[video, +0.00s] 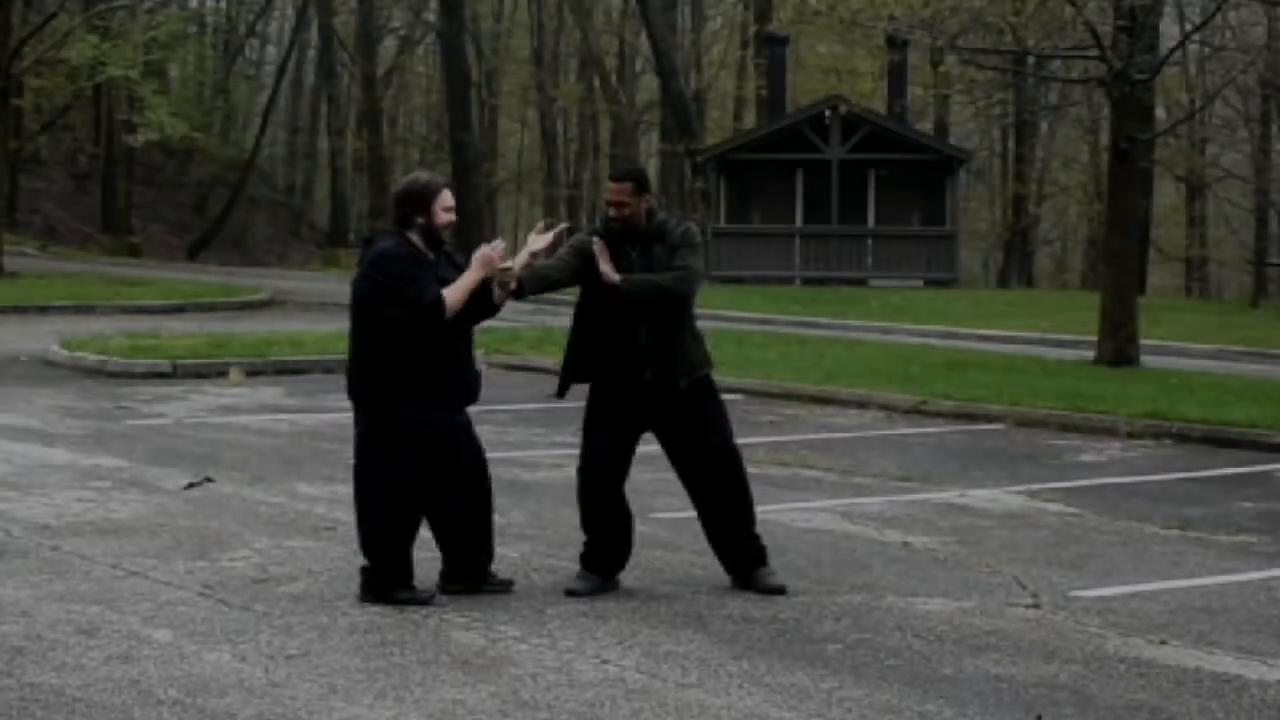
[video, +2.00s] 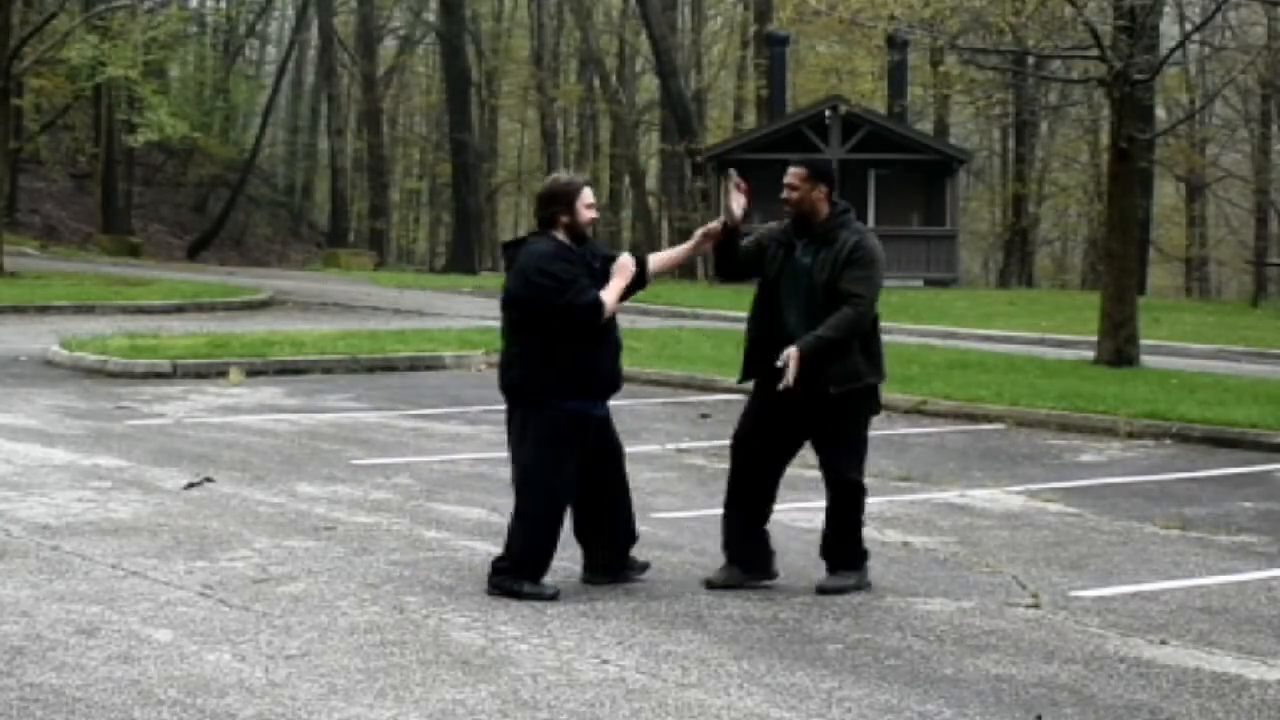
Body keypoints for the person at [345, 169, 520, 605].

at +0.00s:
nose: (453, 219)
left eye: (453, 210)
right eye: (445, 210)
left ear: (433, 215)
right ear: (418, 213)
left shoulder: (437, 258)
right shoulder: (389, 259)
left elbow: (466, 310)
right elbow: (431, 311)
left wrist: (514, 271)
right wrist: (476, 272)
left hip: (438, 400)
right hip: (392, 403)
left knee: (465, 482)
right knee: (390, 492)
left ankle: (466, 571)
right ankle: (385, 580)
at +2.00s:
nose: (594, 214)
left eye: (594, 206)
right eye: (587, 207)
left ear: (567, 215)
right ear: (562, 213)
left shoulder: (581, 256)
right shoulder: (538, 260)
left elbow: (639, 267)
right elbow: (592, 311)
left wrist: (691, 247)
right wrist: (620, 280)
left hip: (582, 398)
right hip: (542, 401)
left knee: (604, 480)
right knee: (541, 490)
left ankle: (607, 561)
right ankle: (513, 574)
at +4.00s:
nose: (698, 214)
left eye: (698, 207)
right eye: (690, 207)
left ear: (664, 212)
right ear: (665, 211)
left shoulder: (653, 247)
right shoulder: (652, 250)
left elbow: (667, 306)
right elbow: (685, 291)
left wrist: (709, 316)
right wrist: (733, 255)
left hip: (621, 367)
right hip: (634, 373)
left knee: (635, 463)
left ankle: (610, 557)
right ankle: (674, 490)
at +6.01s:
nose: (716, 249)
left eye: (721, 240)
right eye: (715, 241)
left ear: (747, 241)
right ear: (740, 242)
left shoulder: (799, 284)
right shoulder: (728, 289)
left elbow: (779, 337)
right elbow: (687, 329)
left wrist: (717, 337)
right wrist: (632, 319)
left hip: (809, 409)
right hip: (747, 409)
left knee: (842, 482)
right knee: (685, 455)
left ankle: (892, 567)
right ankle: (679, 562)